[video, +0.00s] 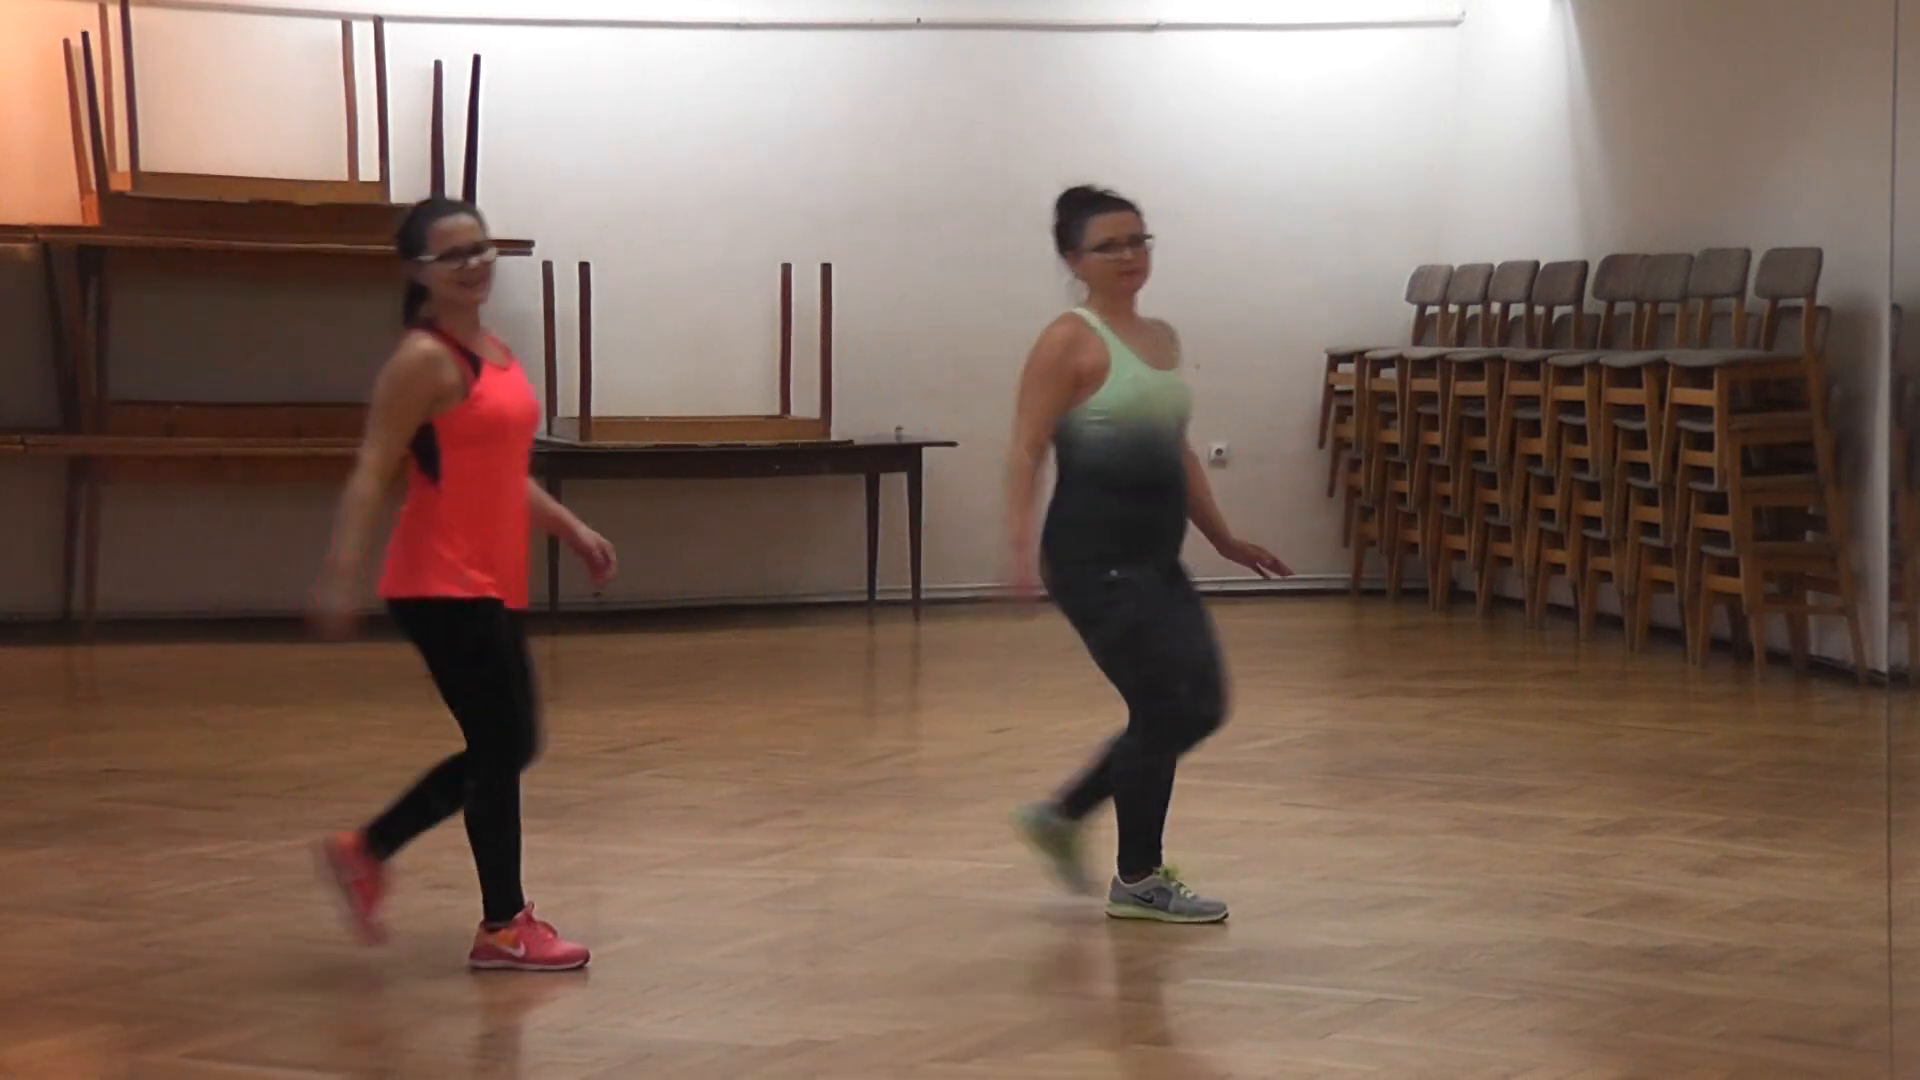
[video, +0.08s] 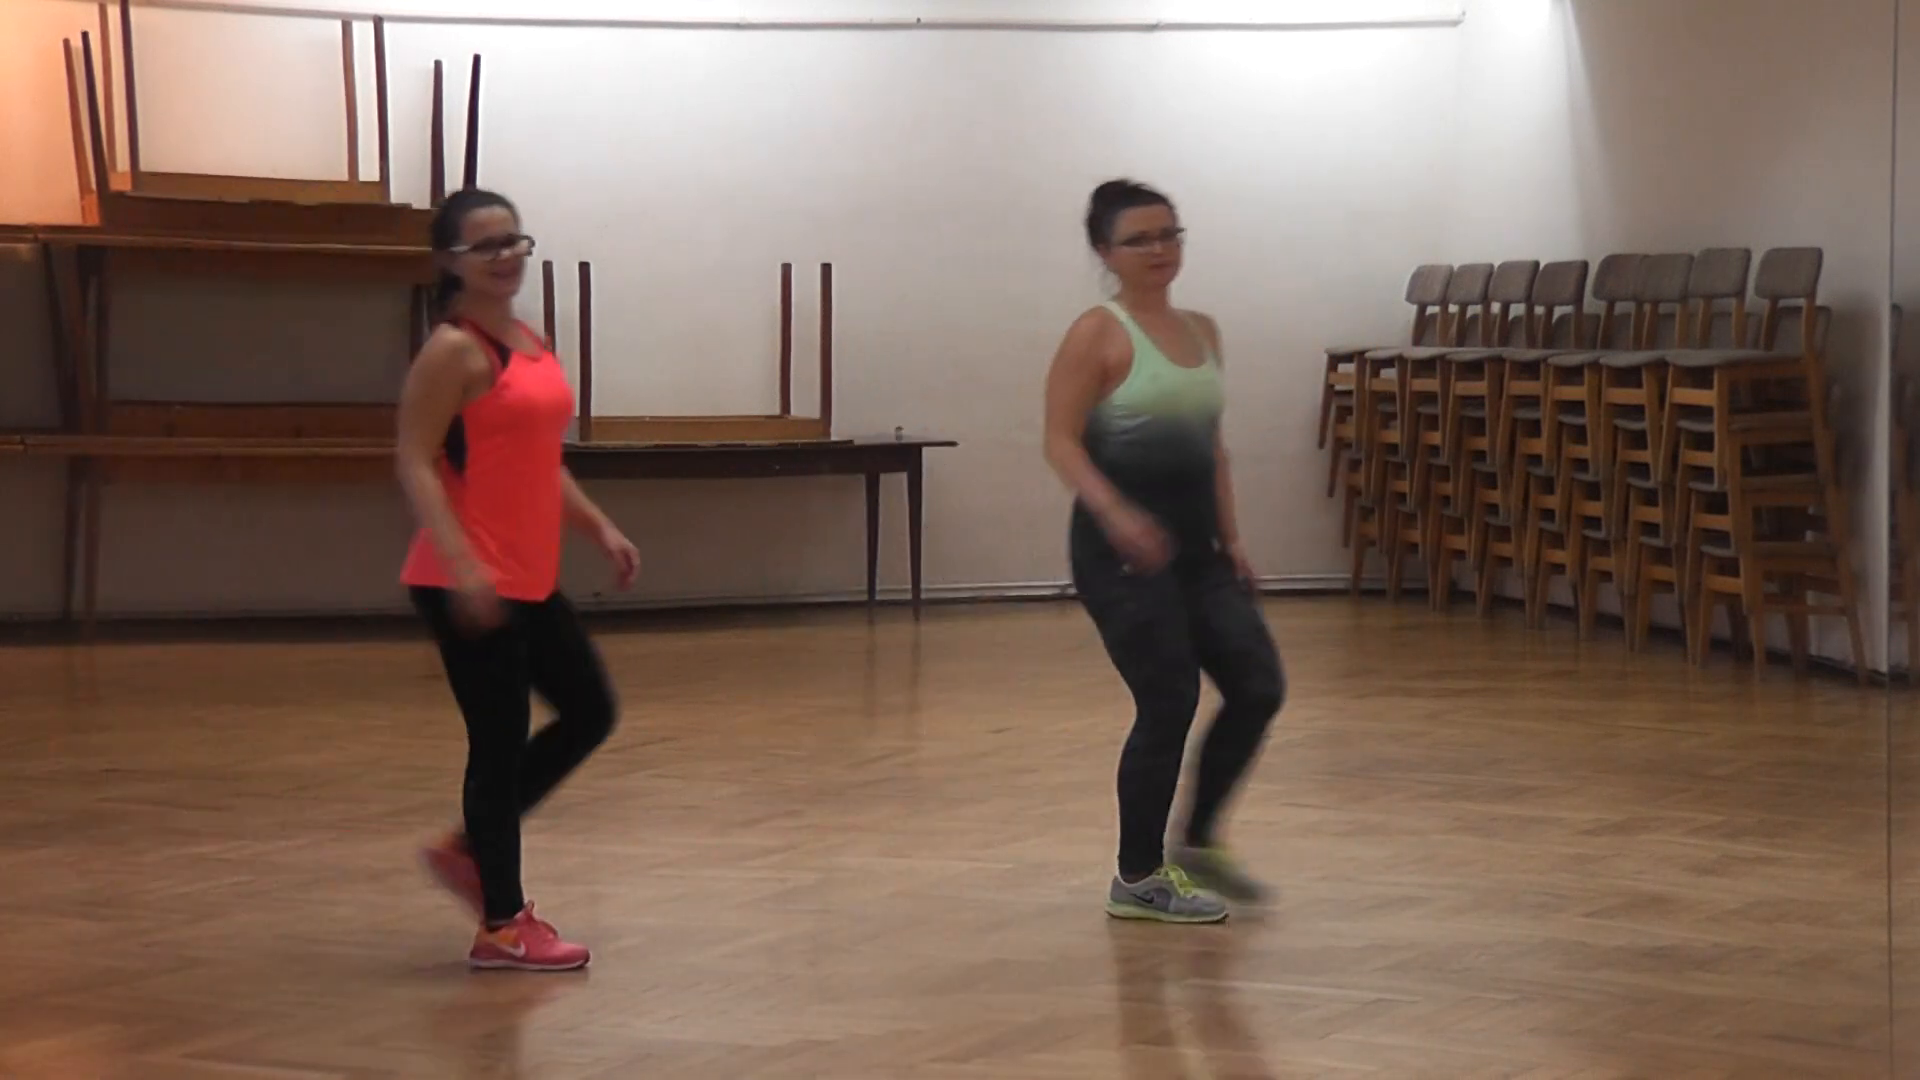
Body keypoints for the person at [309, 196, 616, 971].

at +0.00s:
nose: (475, 265)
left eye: (482, 250)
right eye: (455, 256)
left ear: (494, 257)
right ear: (420, 273)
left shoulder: (495, 349)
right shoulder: (421, 360)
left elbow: (501, 472)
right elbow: (373, 472)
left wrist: (572, 529)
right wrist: (343, 569)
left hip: (491, 582)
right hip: (438, 584)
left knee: (504, 742)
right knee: (502, 740)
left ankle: (366, 848)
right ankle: (504, 923)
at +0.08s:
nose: (507, 256)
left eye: (514, 242)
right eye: (488, 247)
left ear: (525, 249)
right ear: (450, 263)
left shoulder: (528, 339)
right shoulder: (451, 351)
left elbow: (536, 458)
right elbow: (413, 463)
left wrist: (599, 525)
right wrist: (462, 561)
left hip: (528, 581)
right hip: (466, 583)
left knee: (591, 714)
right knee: (499, 744)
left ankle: (470, 844)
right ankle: (504, 923)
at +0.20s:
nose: (556, 254)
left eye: (563, 241)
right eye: (536, 245)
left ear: (577, 249)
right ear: (500, 261)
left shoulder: (593, 348)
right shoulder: (489, 353)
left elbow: (601, 462)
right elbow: (459, 462)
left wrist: (655, 539)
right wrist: (574, 481)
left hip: (577, 581)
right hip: (499, 583)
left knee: (649, 711)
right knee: (527, 733)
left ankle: (649, 888)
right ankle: (505, 922)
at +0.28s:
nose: (588, 260)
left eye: (596, 247)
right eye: (569, 250)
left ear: (611, 257)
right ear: (533, 265)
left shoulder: (635, 357)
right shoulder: (514, 358)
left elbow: (658, 465)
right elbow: (487, 469)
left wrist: (694, 554)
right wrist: (605, 449)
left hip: (617, 586)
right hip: (531, 587)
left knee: (669, 730)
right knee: (545, 737)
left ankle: (699, 900)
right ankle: (506, 923)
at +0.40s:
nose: (632, 264)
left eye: (642, 252)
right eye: (613, 253)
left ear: (654, 261)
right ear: (576, 266)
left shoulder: (686, 358)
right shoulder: (552, 364)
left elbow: (724, 468)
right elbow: (534, 472)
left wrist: (741, 566)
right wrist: (618, 437)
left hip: (673, 581)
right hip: (576, 586)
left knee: (707, 734)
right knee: (575, 739)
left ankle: (708, 902)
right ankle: (540, 902)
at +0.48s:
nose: (653, 259)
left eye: (664, 246)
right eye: (635, 247)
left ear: (676, 256)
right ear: (599, 259)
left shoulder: (706, 352)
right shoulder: (571, 356)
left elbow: (744, 463)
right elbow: (548, 465)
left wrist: (763, 564)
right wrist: (619, 436)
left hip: (700, 578)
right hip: (600, 582)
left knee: (711, 741)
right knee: (599, 738)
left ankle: (709, 898)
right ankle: (598, 866)